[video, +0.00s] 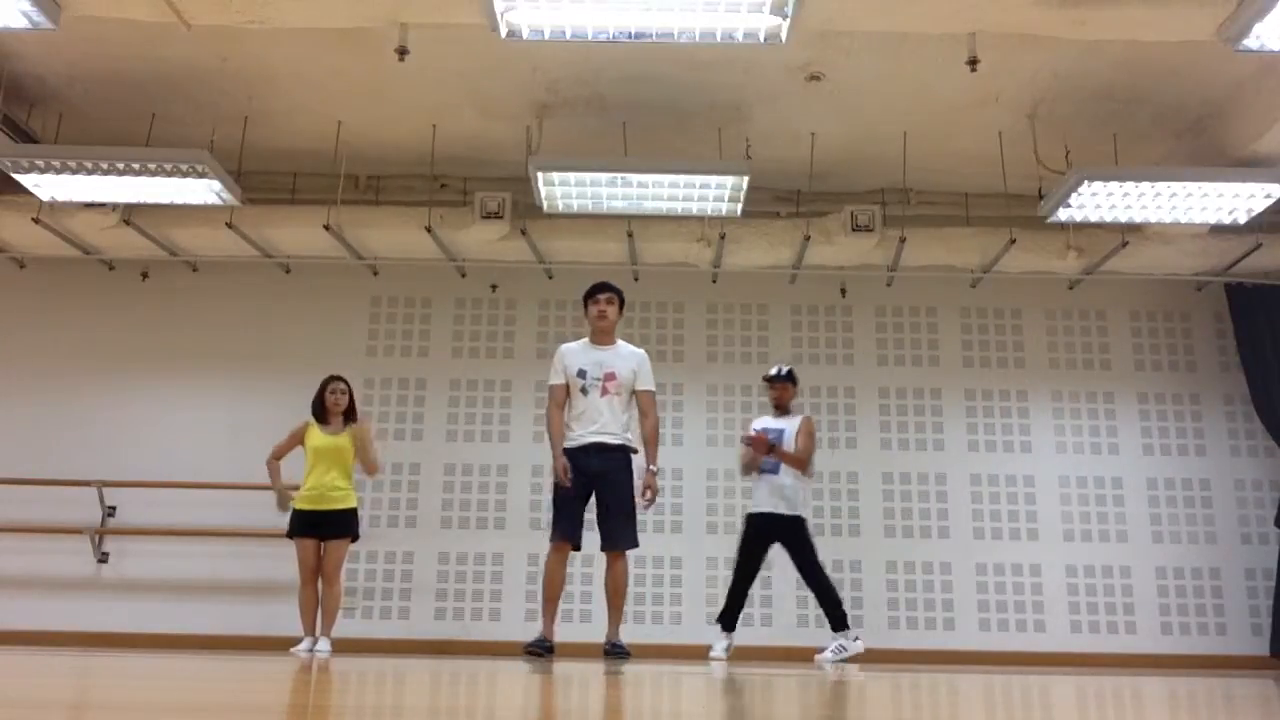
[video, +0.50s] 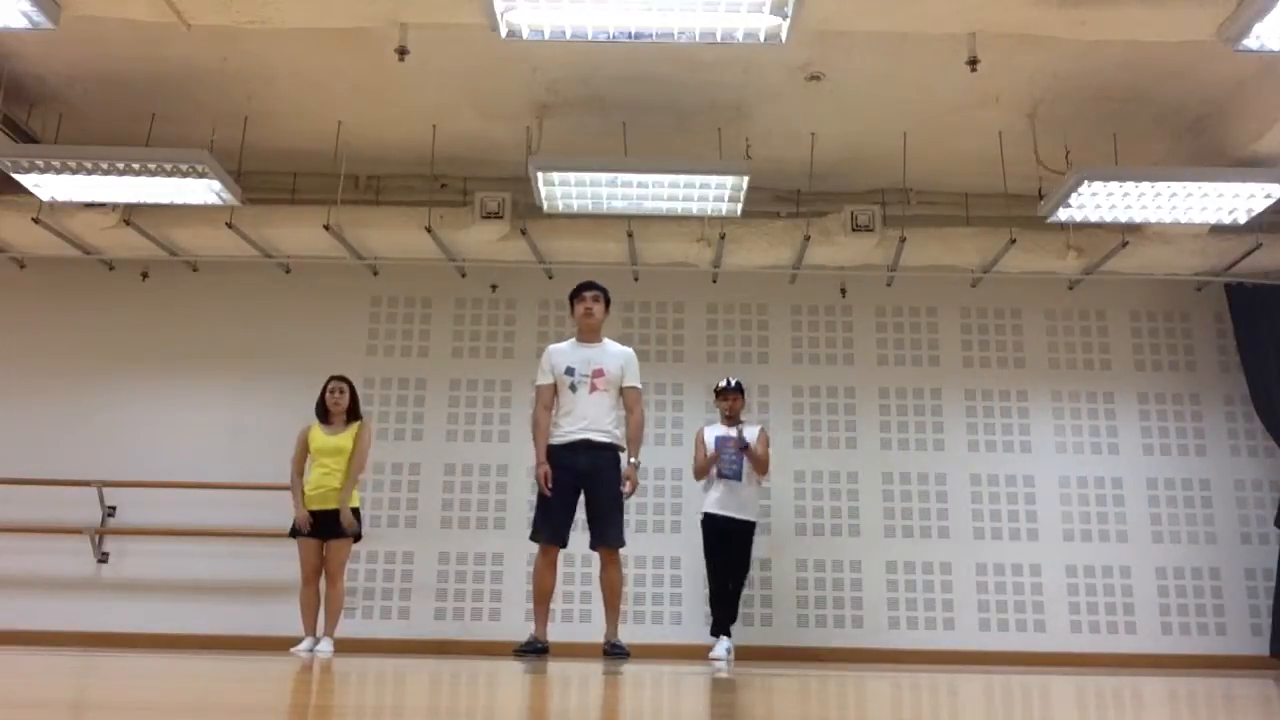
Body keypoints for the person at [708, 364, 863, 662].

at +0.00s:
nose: (775, 394)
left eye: (781, 388)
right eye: (771, 388)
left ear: (793, 391)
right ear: (767, 391)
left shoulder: (803, 423)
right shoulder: (760, 424)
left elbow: (803, 464)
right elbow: (746, 468)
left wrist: (771, 450)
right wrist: (755, 451)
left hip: (790, 515)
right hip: (760, 513)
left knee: (813, 576)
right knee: (742, 576)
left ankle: (845, 636)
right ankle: (724, 635)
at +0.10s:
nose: (760, 396)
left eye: (765, 390)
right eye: (755, 390)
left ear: (775, 394)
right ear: (749, 393)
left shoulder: (785, 426)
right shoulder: (738, 427)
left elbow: (787, 472)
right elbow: (721, 470)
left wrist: (771, 453)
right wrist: (729, 453)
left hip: (773, 515)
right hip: (741, 514)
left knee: (792, 574)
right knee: (732, 579)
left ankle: (828, 633)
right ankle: (725, 638)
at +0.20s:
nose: (748, 396)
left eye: (753, 390)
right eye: (743, 390)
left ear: (763, 394)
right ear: (735, 394)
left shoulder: (773, 425)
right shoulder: (724, 426)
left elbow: (776, 471)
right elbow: (712, 470)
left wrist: (772, 453)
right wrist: (713, 447)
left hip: (762, 511)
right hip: (731, 510)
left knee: (773, 571)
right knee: (727, 575)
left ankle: (796, 632)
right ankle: (724, 638)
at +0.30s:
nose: (738, 396)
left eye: (744, 390)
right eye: (733, 390)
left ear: (752, 394)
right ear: (726, 394)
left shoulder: (764, 425)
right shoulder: (716, 427)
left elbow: (768, 468)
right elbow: (708, 471)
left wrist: (764, 452)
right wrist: (710, 448)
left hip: (755, 508)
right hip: (723, 507)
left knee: (763, 570)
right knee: (722, 575)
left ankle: (759, 625)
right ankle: (722, 636)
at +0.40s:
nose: (732, 399)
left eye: (738, 394)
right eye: (727, 394)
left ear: (746, 398)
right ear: (720, 398)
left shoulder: (759, 429)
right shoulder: (708, 431)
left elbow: (763, 467)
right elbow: (705, 471)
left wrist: (745, 453)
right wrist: (727, 460)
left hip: (750, 510)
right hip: (719, 508)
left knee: (749, 572)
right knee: (720, 575)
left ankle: (734, 620)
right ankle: (722, 635)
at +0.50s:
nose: (729, 404)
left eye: (734, 399)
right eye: (724, 399)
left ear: (743, 402)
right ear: (717, 402)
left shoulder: (756, 433)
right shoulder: (706, 433)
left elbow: (763, 469)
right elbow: (698, 473)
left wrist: (746, 448)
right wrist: (714, 456)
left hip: (744, 513)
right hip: (715, 510)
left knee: (736, 576)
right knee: (717, 575)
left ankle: (722, 634)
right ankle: (722, 636)